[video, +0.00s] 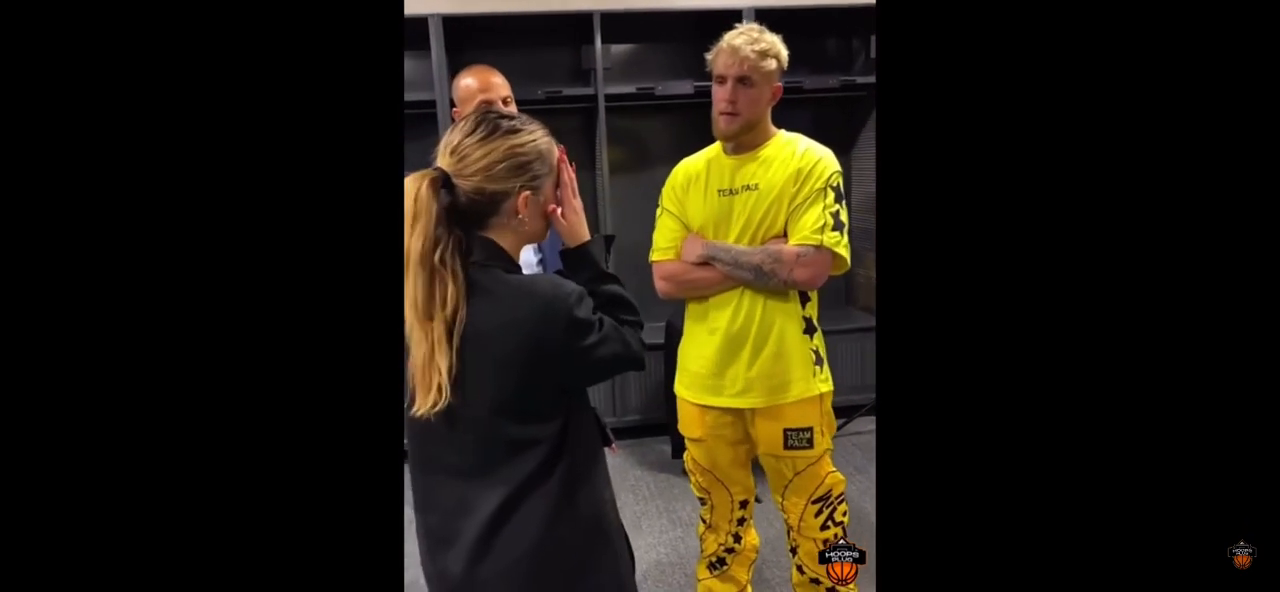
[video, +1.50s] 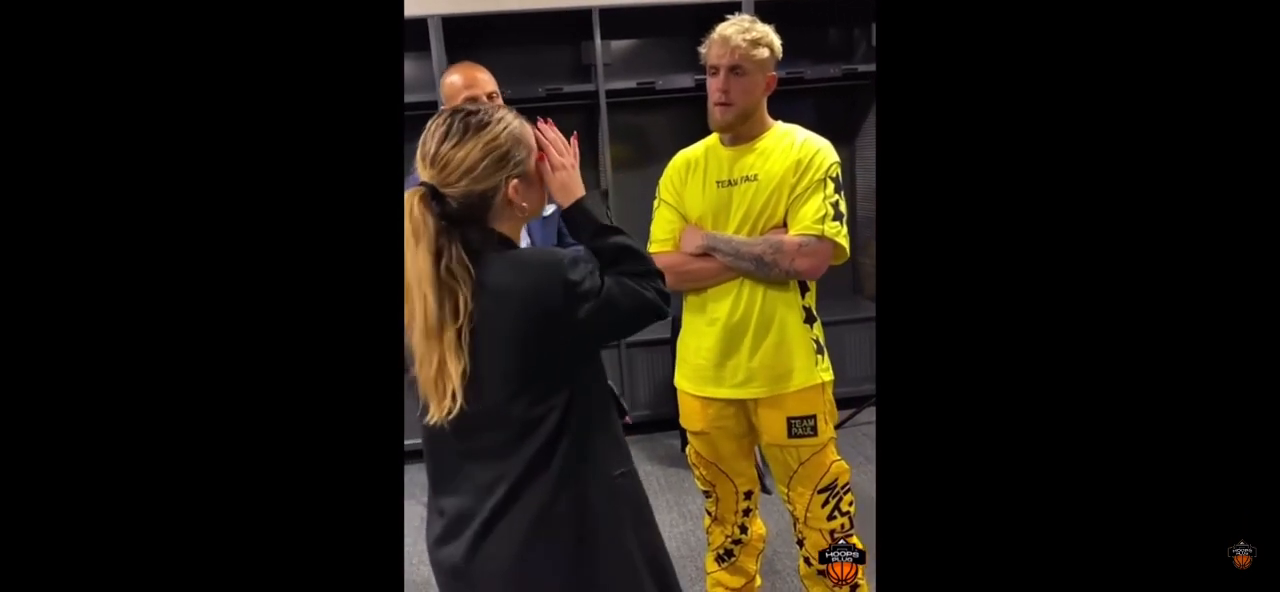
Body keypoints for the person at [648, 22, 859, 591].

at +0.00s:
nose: (725, 98)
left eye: (743, 84)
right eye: (718, 82)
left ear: (774, 92)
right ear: (708, 86)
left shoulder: (812, 163)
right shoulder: (684, 176)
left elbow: (811, 271)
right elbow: (667, 280)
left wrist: (706, 249)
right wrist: (768, 261)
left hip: (789, 379)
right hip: (704, 381)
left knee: (816, 530)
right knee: (719, 534)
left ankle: (824, 584)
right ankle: (722, 586)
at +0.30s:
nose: (735, 97)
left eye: (752, 82)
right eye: (728, 81)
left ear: (784, 90)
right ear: (718, 85)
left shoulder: (822, 161)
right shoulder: (695, 176)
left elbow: (820, 269)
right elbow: (677, 279)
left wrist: (716, 248)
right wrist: (777, 260)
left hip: (800, 378)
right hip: (713, 381)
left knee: (827, 532)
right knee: (727, 535)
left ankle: (838, 586)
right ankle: (729, 587)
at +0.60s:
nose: (735, 96)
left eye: (752, 81)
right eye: (728, 80)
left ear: (784, 89)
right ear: (718, 84)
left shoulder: (822, 162)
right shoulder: (692, 174)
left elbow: (823, 270)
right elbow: (675, 277)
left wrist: (717, 247)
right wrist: (778, 260)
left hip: (800, 376)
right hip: (712, 379)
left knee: (830, 531)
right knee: (729, 537)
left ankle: (842, 586)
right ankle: (734, 587)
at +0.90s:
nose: (731, 93)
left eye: (748, 79)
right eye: (723, 78)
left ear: (778, 88)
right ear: (713, 83)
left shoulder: (817, 161)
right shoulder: (686, 171)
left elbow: (822, 267)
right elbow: (670, 275)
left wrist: (712, 245)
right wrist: (775, 258)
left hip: (795, 374)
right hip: (708, 377)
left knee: (829, 525)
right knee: (729, 530)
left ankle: (842, 585)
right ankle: (733, 586)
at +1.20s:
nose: (725, 89)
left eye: (741, 76)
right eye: (717, 75)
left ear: (772, 85)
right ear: (707, 82)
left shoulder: (811, 157)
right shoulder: (682, 170)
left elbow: (816, 263)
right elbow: (666, 274)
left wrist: (707, 242)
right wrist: (769, 255)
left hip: (792, 371)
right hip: (705, 375)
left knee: (826, 519)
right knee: (727, 525)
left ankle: (842, 584)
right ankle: (732, 585)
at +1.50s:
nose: (719, 86)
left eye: (736, 72)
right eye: (712, 72)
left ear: (768, 82)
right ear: (704, 79)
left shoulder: (808, 153)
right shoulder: (682, 167)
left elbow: (812, 259)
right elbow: (663, 272)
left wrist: (704, 240)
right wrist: (765, 253)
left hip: (789, 369)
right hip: (704, 373)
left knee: (823, 519)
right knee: (725, 524)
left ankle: (839, 584)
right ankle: (731, 585)